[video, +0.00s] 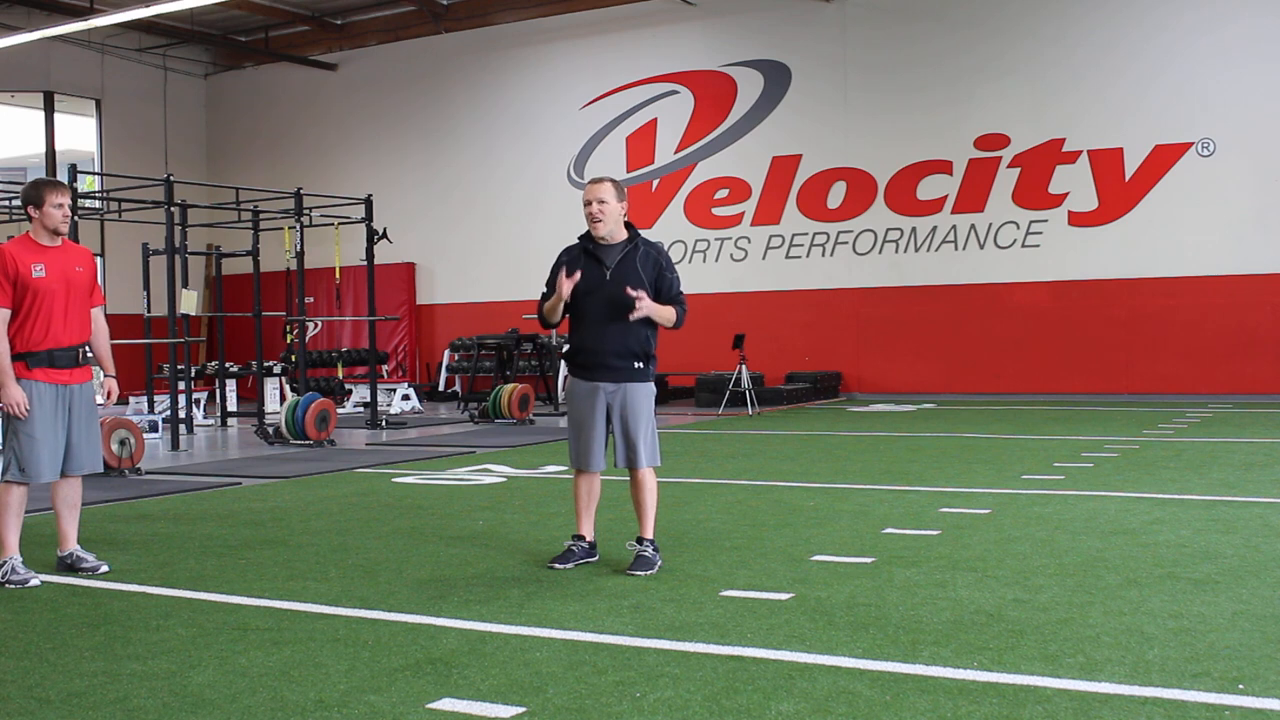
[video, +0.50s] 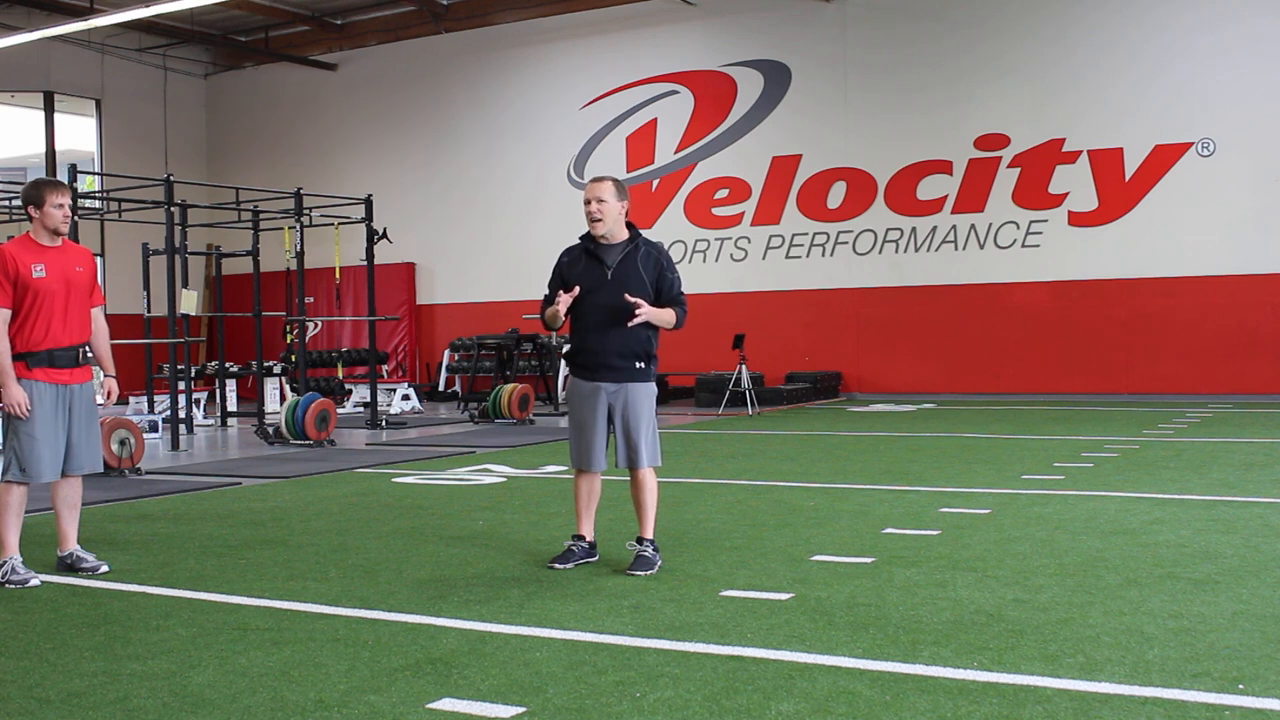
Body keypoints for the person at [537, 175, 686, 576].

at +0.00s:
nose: (593, 210)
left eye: (601, 203)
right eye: (588, 204)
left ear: (622, 207)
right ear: (583, 210)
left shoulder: (652, 256)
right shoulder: (571, 258)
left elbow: (677, 316)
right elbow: (546, 321)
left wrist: (652, 308)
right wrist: (559, 298)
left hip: (634, 380)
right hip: (583, 378)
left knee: (640, 463)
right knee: (585, 463)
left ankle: (647, 544)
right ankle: (584, 542)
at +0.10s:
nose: (592, 209)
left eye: (600, 202)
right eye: (588, 203)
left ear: (623, 206)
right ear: (584, 209)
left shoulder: (652, 256)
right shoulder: (570, 259)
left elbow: (677, 316)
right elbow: (546, 321)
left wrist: (652, 313)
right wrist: (556, 311)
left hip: (634, 380)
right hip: (583, 379)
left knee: (640, 463)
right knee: (585, 464)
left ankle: (647, 544)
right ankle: (584, 542)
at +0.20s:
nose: (592, 209)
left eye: (600, 202)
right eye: (588, 203)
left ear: (623, 206)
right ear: (584, 209)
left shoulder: (653, 256)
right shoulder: (570, 259)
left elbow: (677, 315)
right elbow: (547, 321)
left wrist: (652, 313)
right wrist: (557, 311)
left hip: (635, 380)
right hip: (584, 378)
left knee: (640, 463)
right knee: (585, 464)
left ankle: (647, 544)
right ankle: (584, 542)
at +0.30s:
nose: (592, 209)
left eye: (600, 202)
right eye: (588, 203)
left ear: (623, 206)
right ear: (584, 208)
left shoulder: (653, 256)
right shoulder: (570, 259)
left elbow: (677, 315)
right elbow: (548, 321)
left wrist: (652, 313)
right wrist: (556, 312)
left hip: (635, 380)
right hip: (584, 378)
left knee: (640, 463)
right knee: (585, 464)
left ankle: (647, 544)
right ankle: (584, 542)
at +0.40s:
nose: (591, 209)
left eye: (600, 202)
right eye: (587, 203)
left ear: (623, 206)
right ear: (585, 209)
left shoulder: (653, 256)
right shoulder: (571, 259)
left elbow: (678, 315)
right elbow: (548, 321)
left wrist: (652, 312)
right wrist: (556, 312)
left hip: (635, 380)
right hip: (584, 379)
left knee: (640, 463)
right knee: (586, 464)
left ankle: (646, 544)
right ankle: (584, 542)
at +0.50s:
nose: (591, 209)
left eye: (599, 202)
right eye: (587, 203)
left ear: (623, 207)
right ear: (585, 208)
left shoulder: (653, 256)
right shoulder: (571, 259)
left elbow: (678, 315)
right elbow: (548, 322)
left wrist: (652, 312)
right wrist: (557, 311)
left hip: (635, 380)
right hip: (584, 379)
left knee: (641, 463)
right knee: (586, 464)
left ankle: (646, 544)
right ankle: (584, 542)